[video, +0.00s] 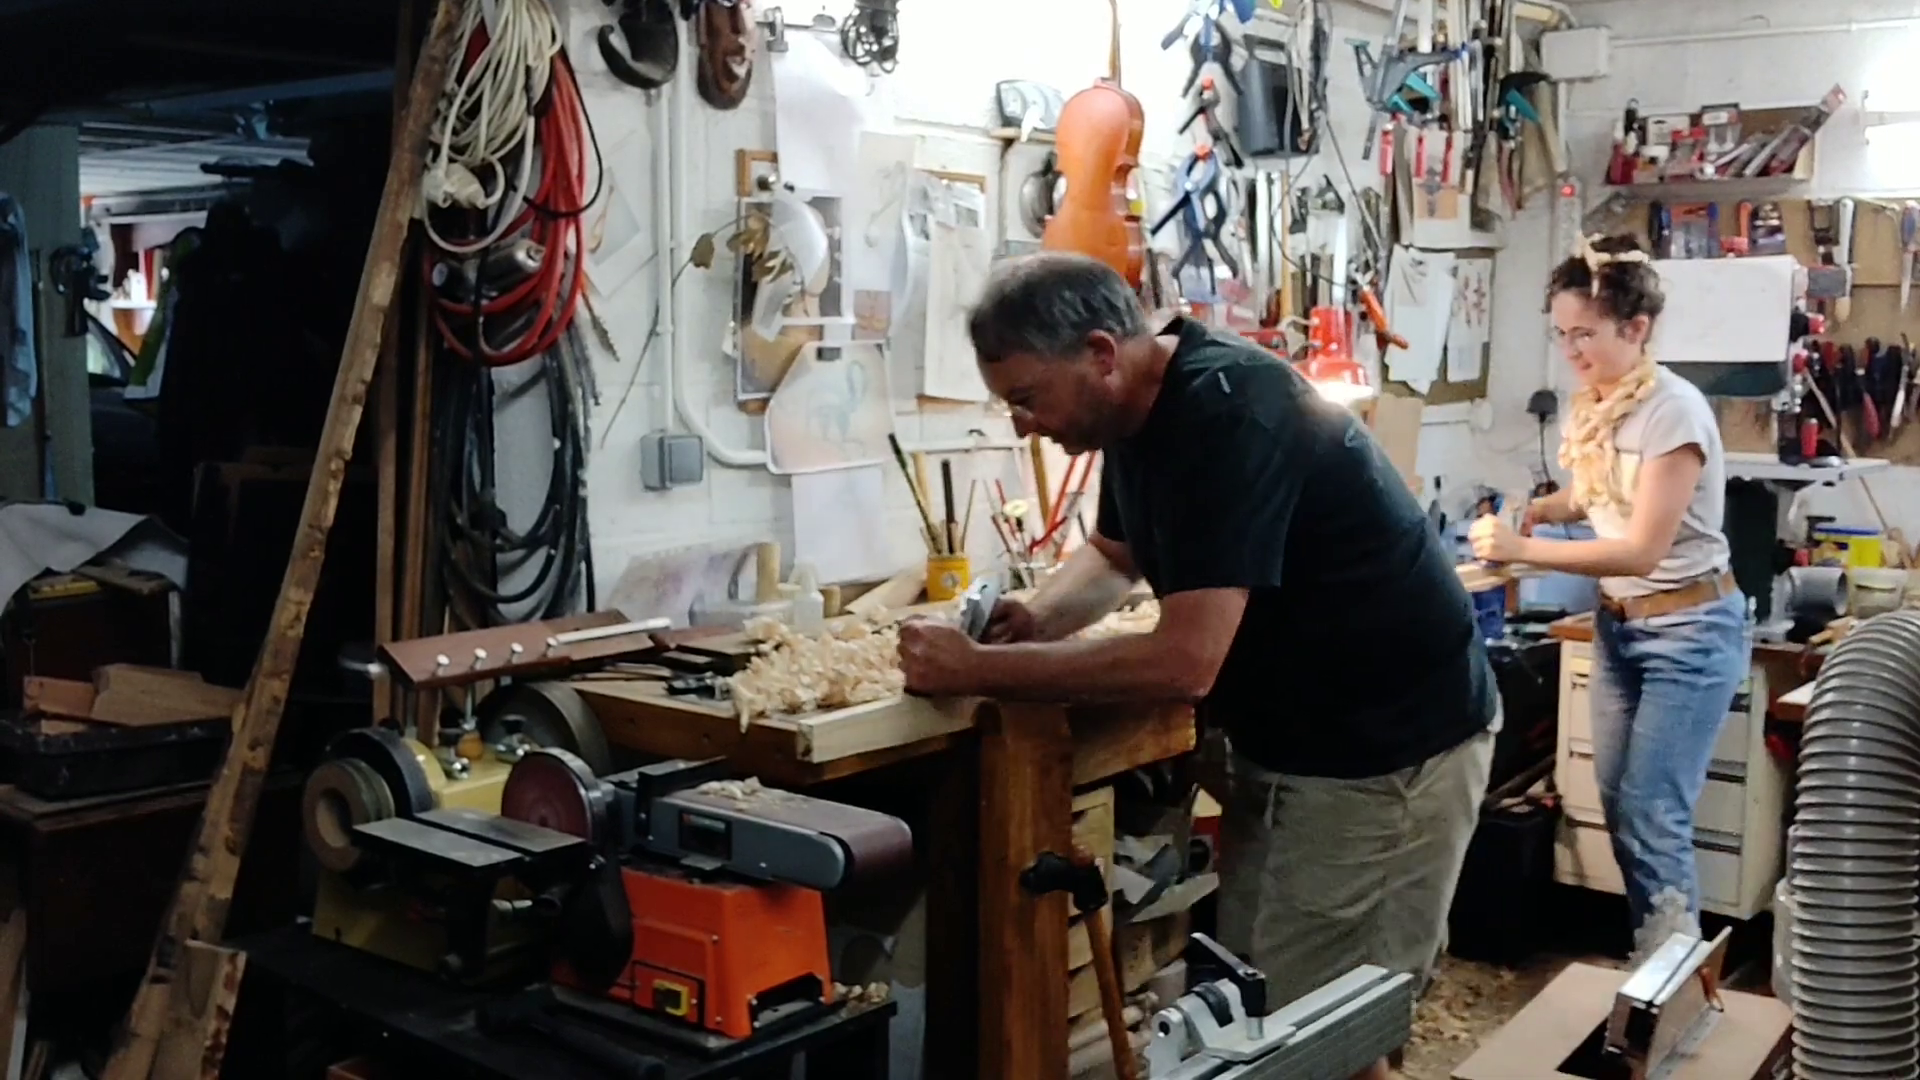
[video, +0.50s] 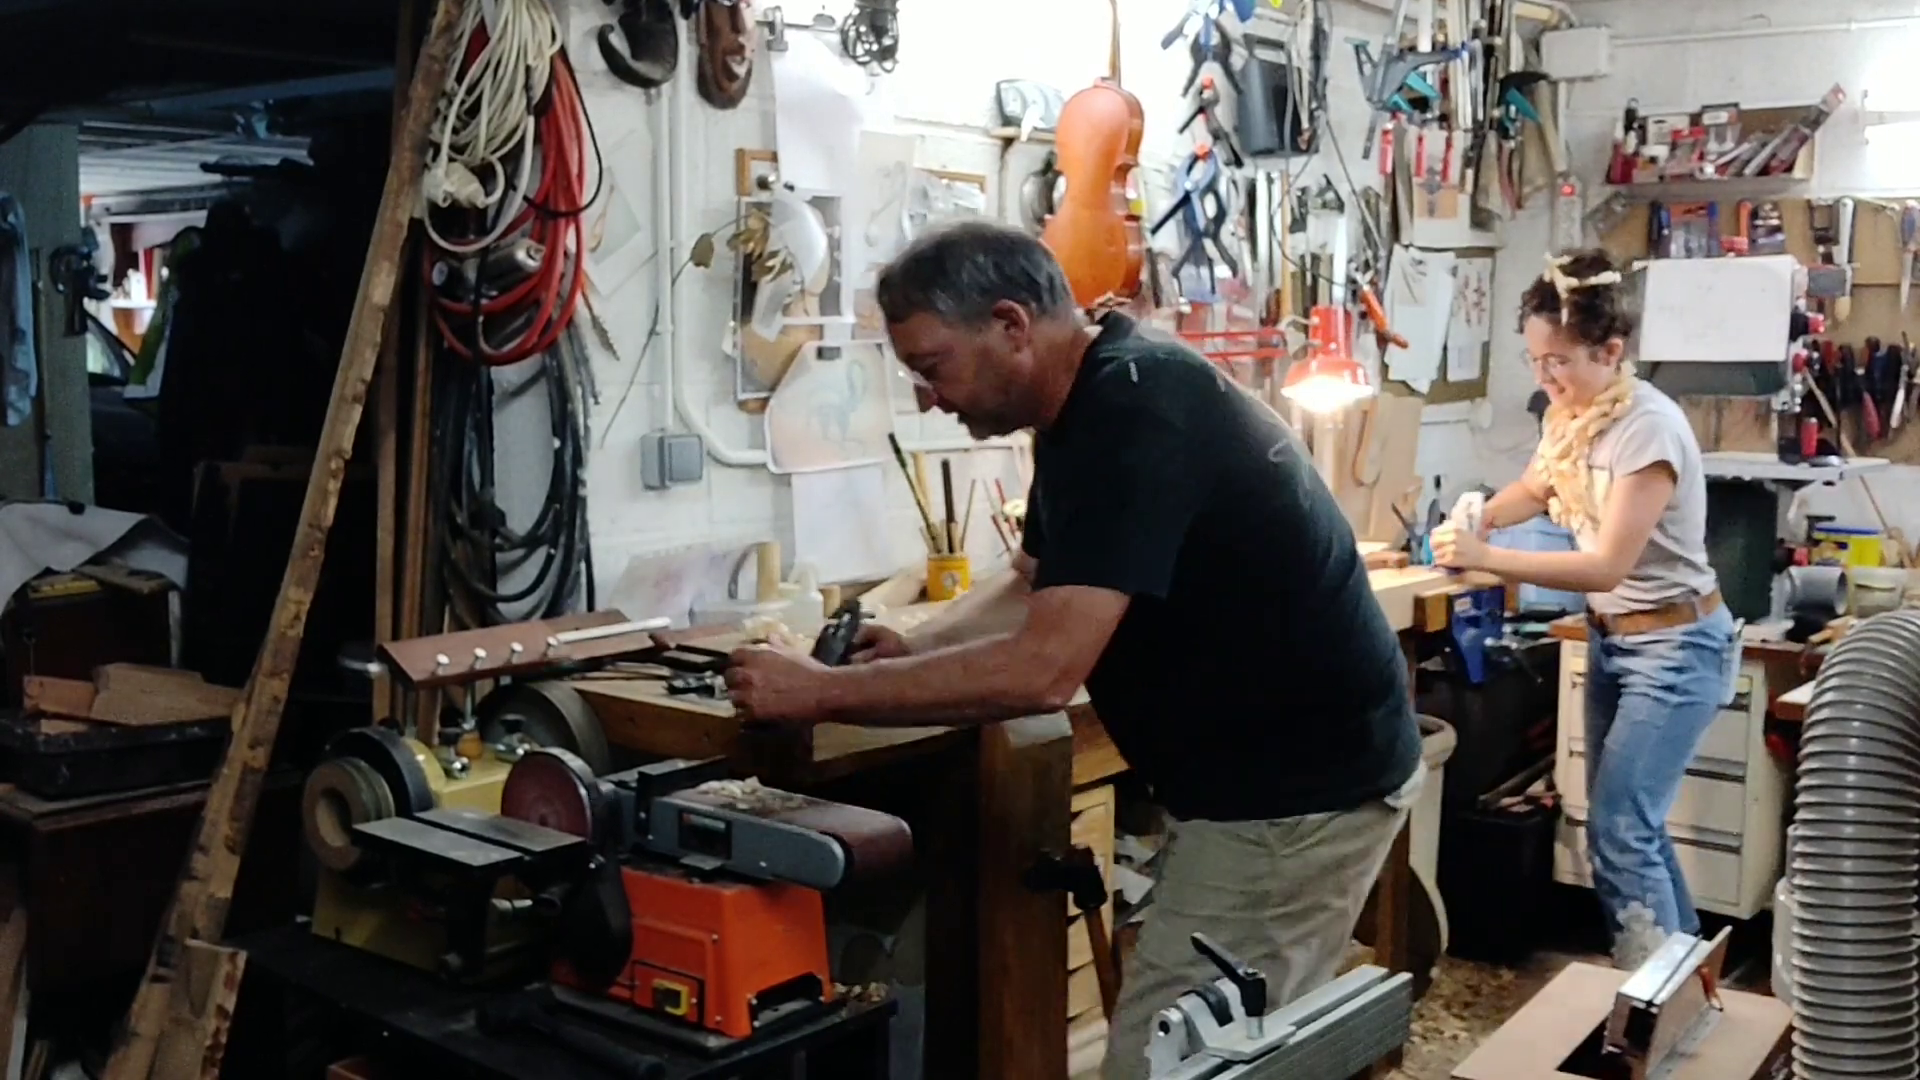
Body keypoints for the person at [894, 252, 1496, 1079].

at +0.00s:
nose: (1021, 425)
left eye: (1026, 397)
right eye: (1010, 405)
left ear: (1101, 354)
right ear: (1102, 353)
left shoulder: (1230, 411)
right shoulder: (1137, 408)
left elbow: (1185, 663)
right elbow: (1115, 553)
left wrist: (975, 669)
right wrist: (1037, 616)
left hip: (1383, 752)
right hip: (1283, 741)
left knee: (1326, 1033)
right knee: (1242, 1009)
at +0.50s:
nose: (925, 397)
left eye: (931, 368)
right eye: (915, 374)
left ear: (1012, 325)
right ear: (1012, 326)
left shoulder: (1134, 409)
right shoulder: (1087, 398)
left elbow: (1047, 668)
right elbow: (1033, 584)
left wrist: (824, 691)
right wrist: (918, 647)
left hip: (1293, 790)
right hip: (1241, 776)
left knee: (1162, 1056)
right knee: (1180, 1045)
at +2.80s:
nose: (1585, 217)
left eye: (1585, 202)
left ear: (1597, 205)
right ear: (1712, 198)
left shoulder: (1553, 307)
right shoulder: (1800, 308)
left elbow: (1467, 488)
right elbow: (1870, 517)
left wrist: (1480, 644)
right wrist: (1792, 539)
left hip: (1577, 680)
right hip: (1738, 689)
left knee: (1572, 950)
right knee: (1727, 965)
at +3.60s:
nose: (1630, 249)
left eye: (1631, 226)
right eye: (1624, 229)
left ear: (1679, 215)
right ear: (1739, 210)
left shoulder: (1689, 312)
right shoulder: (1842, 302)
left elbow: (1634, 491)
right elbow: (1868, 460)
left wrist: (1587, 524)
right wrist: (1763, 481)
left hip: (1711, 635)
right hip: (1823, 626)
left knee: (1699, 852)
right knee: (1775, 845)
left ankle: (1705, 1038)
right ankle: (1779, 1020)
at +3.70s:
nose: (1631, 259)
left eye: (1634, 237)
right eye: (1627, 241)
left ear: (1688, 224)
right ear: (1723, 221)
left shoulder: (1718, 320)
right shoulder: (1824, 311)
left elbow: (1661, 495)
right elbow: (1802, 469)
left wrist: (1575, 523)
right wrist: (1656, 472)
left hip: (1722, 642)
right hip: (1813, 634)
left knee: (1672, 841)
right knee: (1768, 840)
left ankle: (1709, 1033)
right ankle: (1788, 1011)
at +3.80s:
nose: (1628, 263)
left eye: (1632, 240)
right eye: (1624, 245)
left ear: (1689, 226)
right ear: (1706, 227)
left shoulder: (1735, 317)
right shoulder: (1801, 306)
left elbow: (1691, 493)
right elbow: (1765, 474)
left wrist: (1568, 517)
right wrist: (1622, 490)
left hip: (1723, 639)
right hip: (1797, 629)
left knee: (1636, 813)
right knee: (1758, 814)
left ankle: (1708, 1013)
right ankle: (1784, 994)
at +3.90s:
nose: (1616, 262)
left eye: (1620, 238)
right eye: (1611, 243)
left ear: (1679, 223)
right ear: (1687, 228)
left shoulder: (1743, 314)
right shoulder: (1734, 306)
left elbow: (1708, 485)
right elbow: (1686, 461)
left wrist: (1568, 512)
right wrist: (1595, 481)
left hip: (1722, 624)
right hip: (1762, 615)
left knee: (1622, 792)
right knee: (1748, 799)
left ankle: (1684, 998)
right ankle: (1782, 979)